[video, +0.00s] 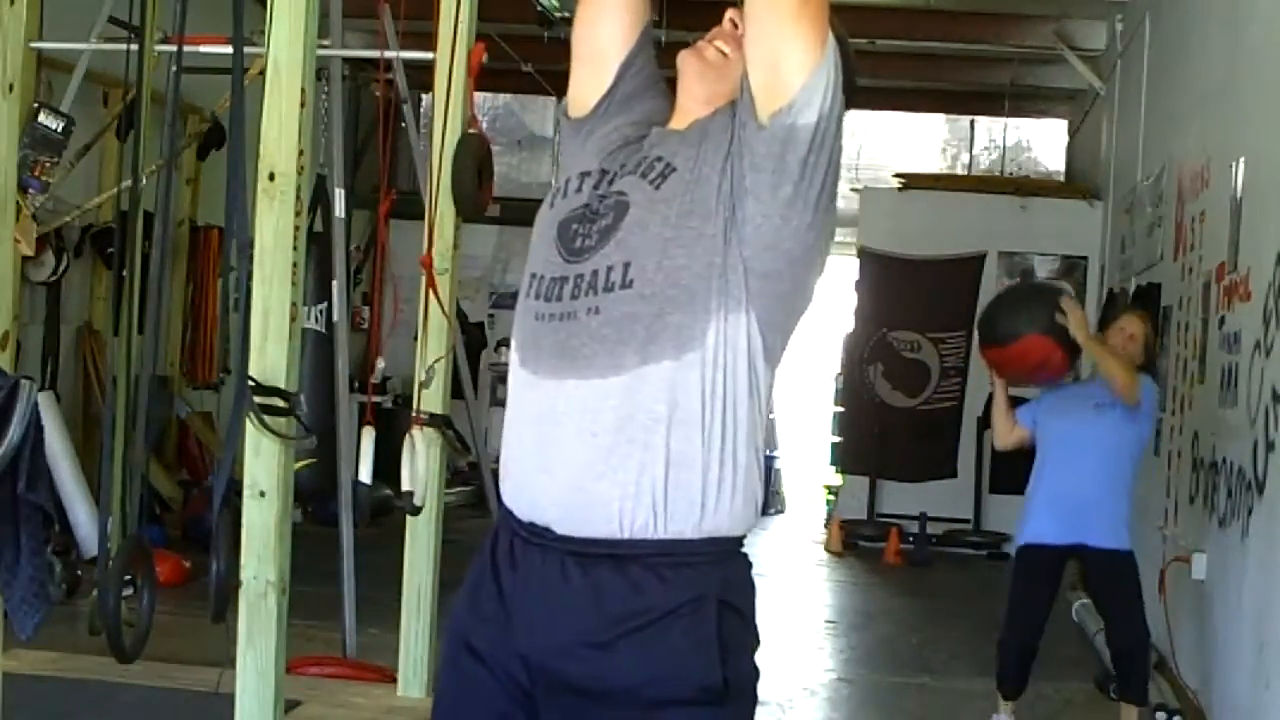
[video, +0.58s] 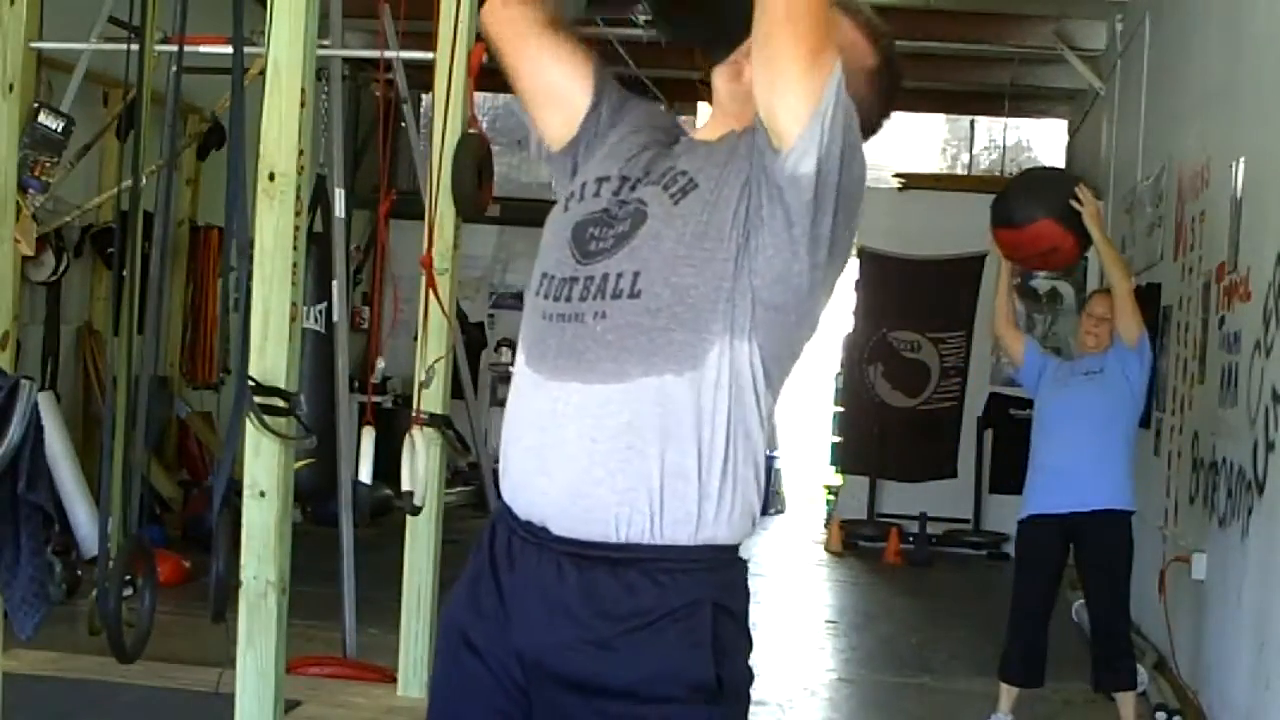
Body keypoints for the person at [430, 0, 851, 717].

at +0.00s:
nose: (728, 24)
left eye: (757, 28)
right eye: (728, 13)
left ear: (774, 77)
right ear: (699, 36)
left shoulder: (775, 161)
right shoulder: (606, 133)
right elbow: (605, 2)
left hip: (667, 601)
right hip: (510, 577)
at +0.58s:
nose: (770, 40)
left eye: (820, 51)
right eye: (799, 32)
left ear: (836, 112)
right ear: (753, 42)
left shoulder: (800, 178)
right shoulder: (615, 136)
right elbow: (510, 12)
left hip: (661, 609)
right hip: (507, 577)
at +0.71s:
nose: (806, 58)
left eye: (833, 64)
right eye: (816, 41)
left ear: (853, 130)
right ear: (767, 45)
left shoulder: (811, 194)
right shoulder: (614, 154)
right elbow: (473, 75)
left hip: (657, 612)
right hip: (504, 577)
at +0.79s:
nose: (795, 73)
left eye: (829, 88)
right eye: (806, 52)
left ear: (854, 156)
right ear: (785, 42)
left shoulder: (816, 215)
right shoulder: (611, 180)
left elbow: (729, 29)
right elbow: (454, 152)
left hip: (646, 624)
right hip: (496, 585)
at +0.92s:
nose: (779, 103)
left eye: (817, 116)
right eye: (792, 75)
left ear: (844, 169)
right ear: (773, 65)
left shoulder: (818, 237)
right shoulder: (629, 191)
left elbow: (686, 115)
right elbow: (487, 229)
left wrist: (683, 32)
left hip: (637, 633)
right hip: (490, 590)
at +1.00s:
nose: (762, 128)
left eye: (804, 132)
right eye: (773, 95)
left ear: (829, 178)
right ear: (752, 83)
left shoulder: (808, 258)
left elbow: (656, 210)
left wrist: (648, 107)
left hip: (630, 637)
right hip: (481, 597)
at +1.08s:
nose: (754, 137)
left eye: (795, 135)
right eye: (761, 100)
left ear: (822, 174)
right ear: (733, 90)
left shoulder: (802, 260)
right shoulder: (619, 200)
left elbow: (644, 270)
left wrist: (627, 147)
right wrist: (503, 125)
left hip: (628, 639)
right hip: (476, 601)